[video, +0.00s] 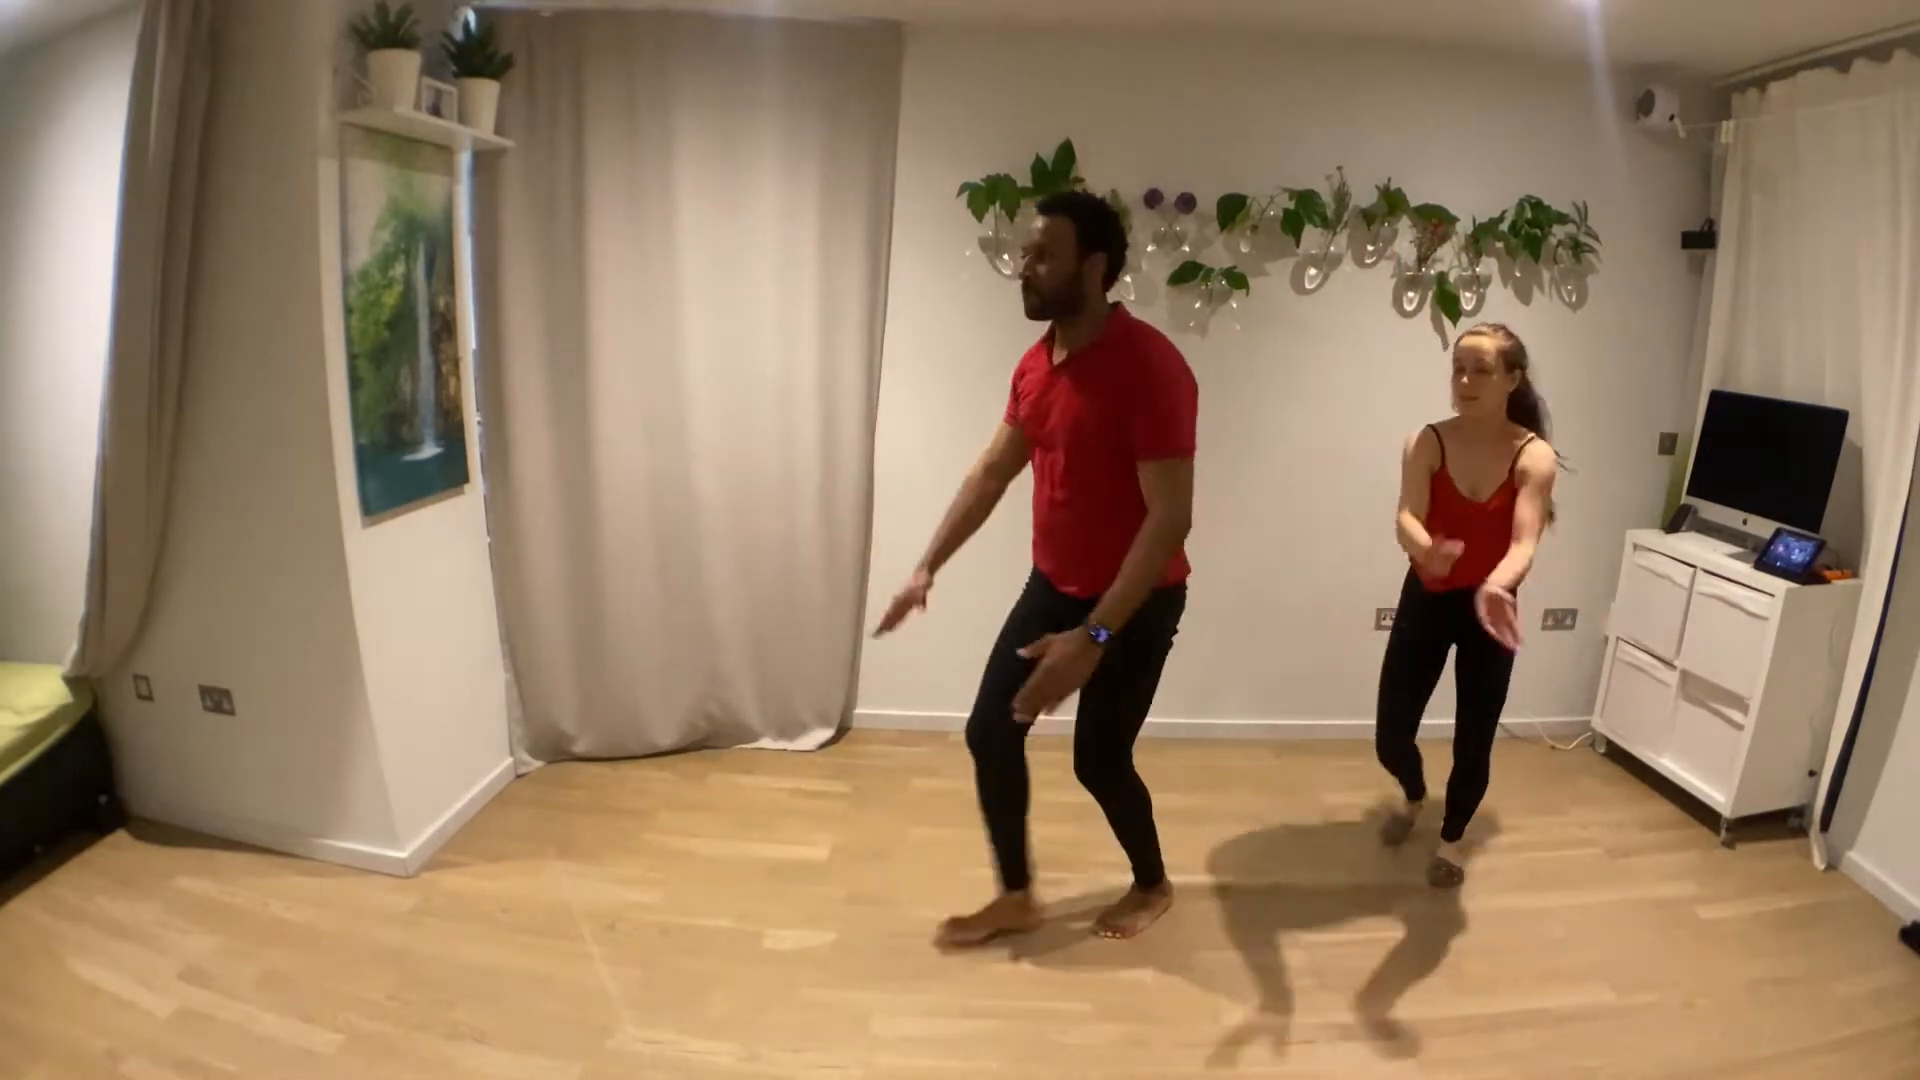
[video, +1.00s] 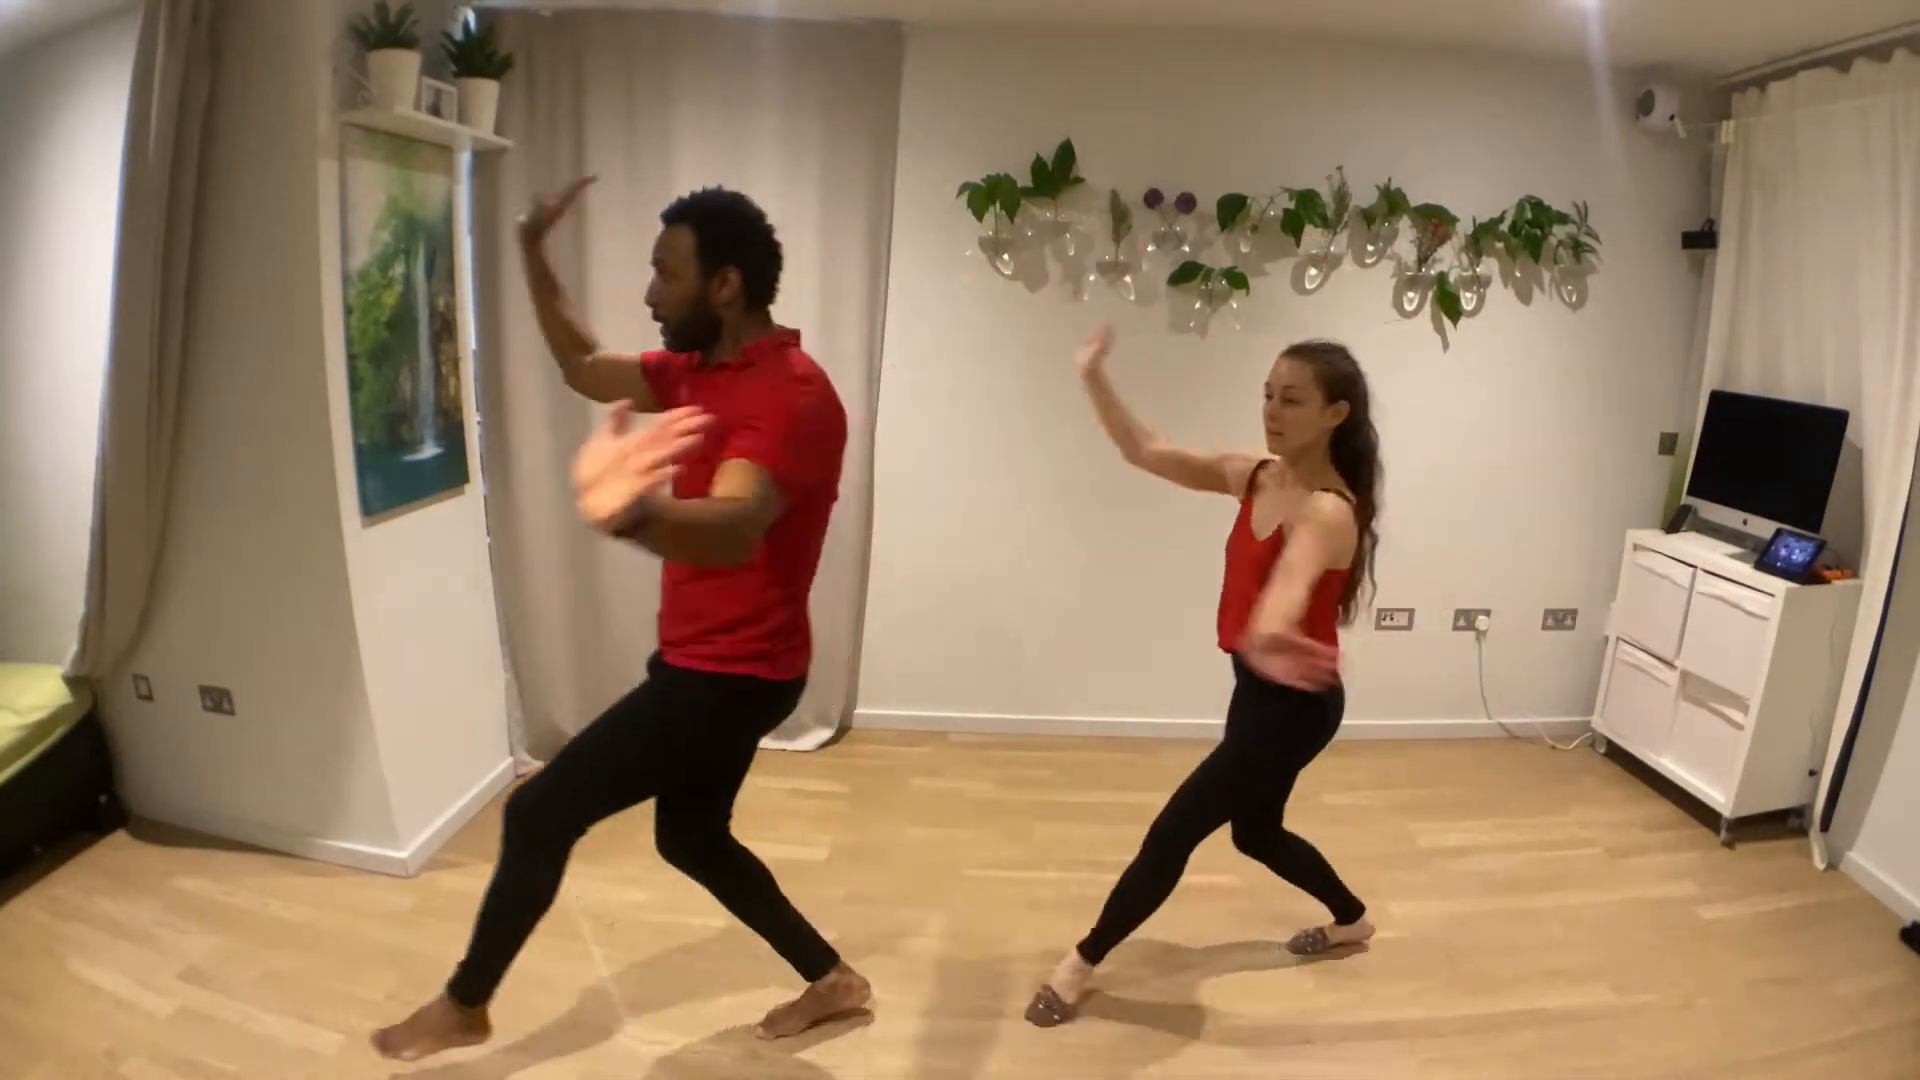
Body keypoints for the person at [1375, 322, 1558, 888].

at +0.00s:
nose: (1465, 381)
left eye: (1480, 371)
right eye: (1459, 370)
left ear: (1513, 380)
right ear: (1451, 374)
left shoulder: (1534, 455)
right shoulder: (1429, 441)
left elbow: (1525, 541)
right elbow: (1408, 514)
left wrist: (1497, 583)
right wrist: (1425, 549)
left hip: (1489, 607)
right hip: (1426, 600)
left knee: (1473, 743)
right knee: (1390, 740)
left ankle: (1451, 842)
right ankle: (1417, 795)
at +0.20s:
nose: (1453, 367)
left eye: (1470, 357)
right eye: (1448, 355)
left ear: (1504, 367)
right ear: (1439, 360)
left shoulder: (1518, 436)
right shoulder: (1422, 408)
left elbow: (1570, 500)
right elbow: (1334, 373)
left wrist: (1488, 536)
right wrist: (1376, 366)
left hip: (1479, 608)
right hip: (1412, 601)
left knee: (1463, 739)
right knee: (1380, 744)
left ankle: (1455, 838)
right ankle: (1335, 881)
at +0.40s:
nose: (1418, 362)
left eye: (1435, 353)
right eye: (1414, 351)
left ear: (1474, 365)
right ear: (1410, 358)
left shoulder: (1488, 430)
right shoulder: (1401, 405)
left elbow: (1584, 460)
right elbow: (1364, 332)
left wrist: (1600, 527)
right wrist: (1336, 269)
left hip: (1436, 615)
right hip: (1368, 611)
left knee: (1436, 753)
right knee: (1350, 770)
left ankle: (1452, 834)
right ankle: (1350, 908)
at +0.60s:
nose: (1380, 379)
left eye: (1397, 368)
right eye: (1377, 368)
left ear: (1436, 382)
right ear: (1370, 377)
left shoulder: (1453, 462)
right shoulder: (1374, 429)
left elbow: (1552, 486)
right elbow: (1353, 366)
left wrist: (1648, 507)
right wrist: (1360, 293)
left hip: (1378, 646)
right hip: (1318, 636)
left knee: (1352, 817)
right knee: (1318, 797)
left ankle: (1427, 815)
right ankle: (1349, 918)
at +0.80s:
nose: (1332, 390)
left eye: (1350, 380)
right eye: (1329, 378)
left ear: (1394, 397)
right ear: (1323, 385)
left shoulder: (1401, 487)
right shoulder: (1321, 455)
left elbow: (1500, 553)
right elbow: (1289, 412)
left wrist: (1610, 581)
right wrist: (1311, 349)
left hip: (1350, 671)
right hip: (1296, 660)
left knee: (1227, 778)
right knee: (1298, 810)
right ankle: (1348, 920)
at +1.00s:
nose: (1270, 409)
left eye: (1289, 398)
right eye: (1269, 394)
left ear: (1336, 415)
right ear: (1264, 397)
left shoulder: (1328, 513)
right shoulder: (1254, 472)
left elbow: (1292, 585)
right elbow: (1147, 451)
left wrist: (1267, 627)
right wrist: (1096, 379)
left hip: (1298, 701)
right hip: (1256, 686)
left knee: (1177, 826)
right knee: (1257, 833)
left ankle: (1081, 963)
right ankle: (1352, 918)